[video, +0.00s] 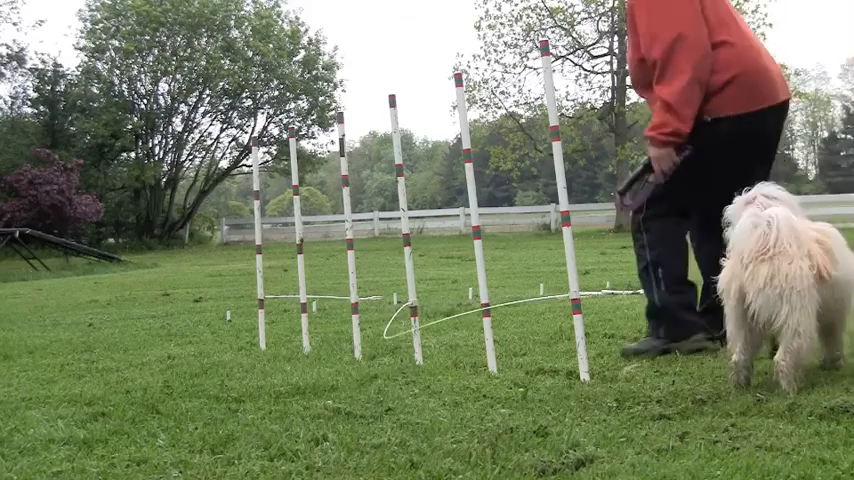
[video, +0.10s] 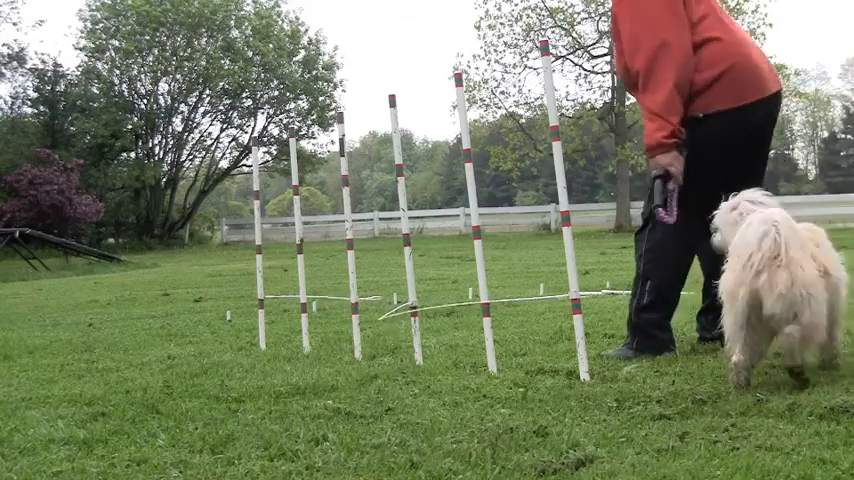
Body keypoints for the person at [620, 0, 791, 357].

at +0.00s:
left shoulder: (653, 5)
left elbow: (685, 51)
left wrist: (664, 135)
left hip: (733, 99)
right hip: (763, 93)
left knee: (655, 212)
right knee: (711, 215)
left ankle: (674, 326)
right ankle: (720, 319)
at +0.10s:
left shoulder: (637, 6)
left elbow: (664, 51)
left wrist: (662, 140)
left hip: (720, 94)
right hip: (757, 86)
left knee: (670, 218)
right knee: (727, 217)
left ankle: (649, 336)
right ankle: (719, 325)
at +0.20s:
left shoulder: (622, 5)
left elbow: (642, 67)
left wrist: (644, 153)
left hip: (707, 96)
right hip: (750, 85)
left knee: (671, 220)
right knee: (729, 214)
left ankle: (650, 337)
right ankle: (719, 326)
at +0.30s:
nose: (558, 5)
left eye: (554, 3)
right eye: (553, 5)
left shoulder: (607, 6)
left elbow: (624, 76)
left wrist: (608, 161)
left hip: (692, 95)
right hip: (741, 81)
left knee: (656, 219)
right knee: (727, 216)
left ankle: (650, 339)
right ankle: (721, 323)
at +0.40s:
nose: (548, 5)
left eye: (547, 4)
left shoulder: (595, 6)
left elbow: (603, 79)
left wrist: (570, 153)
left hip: (682, 93)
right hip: (731, 80)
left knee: (646, 221)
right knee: (723, 219)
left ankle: (648, 339)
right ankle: (728, 329)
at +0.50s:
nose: (551, 8)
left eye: (554, 7)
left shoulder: (586, 5)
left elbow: (587, 79)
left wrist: (541, 148)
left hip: (669, 93)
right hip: (721, 80)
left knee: (634, 221)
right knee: (710, 220)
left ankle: (645, 339)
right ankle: (724, 330)